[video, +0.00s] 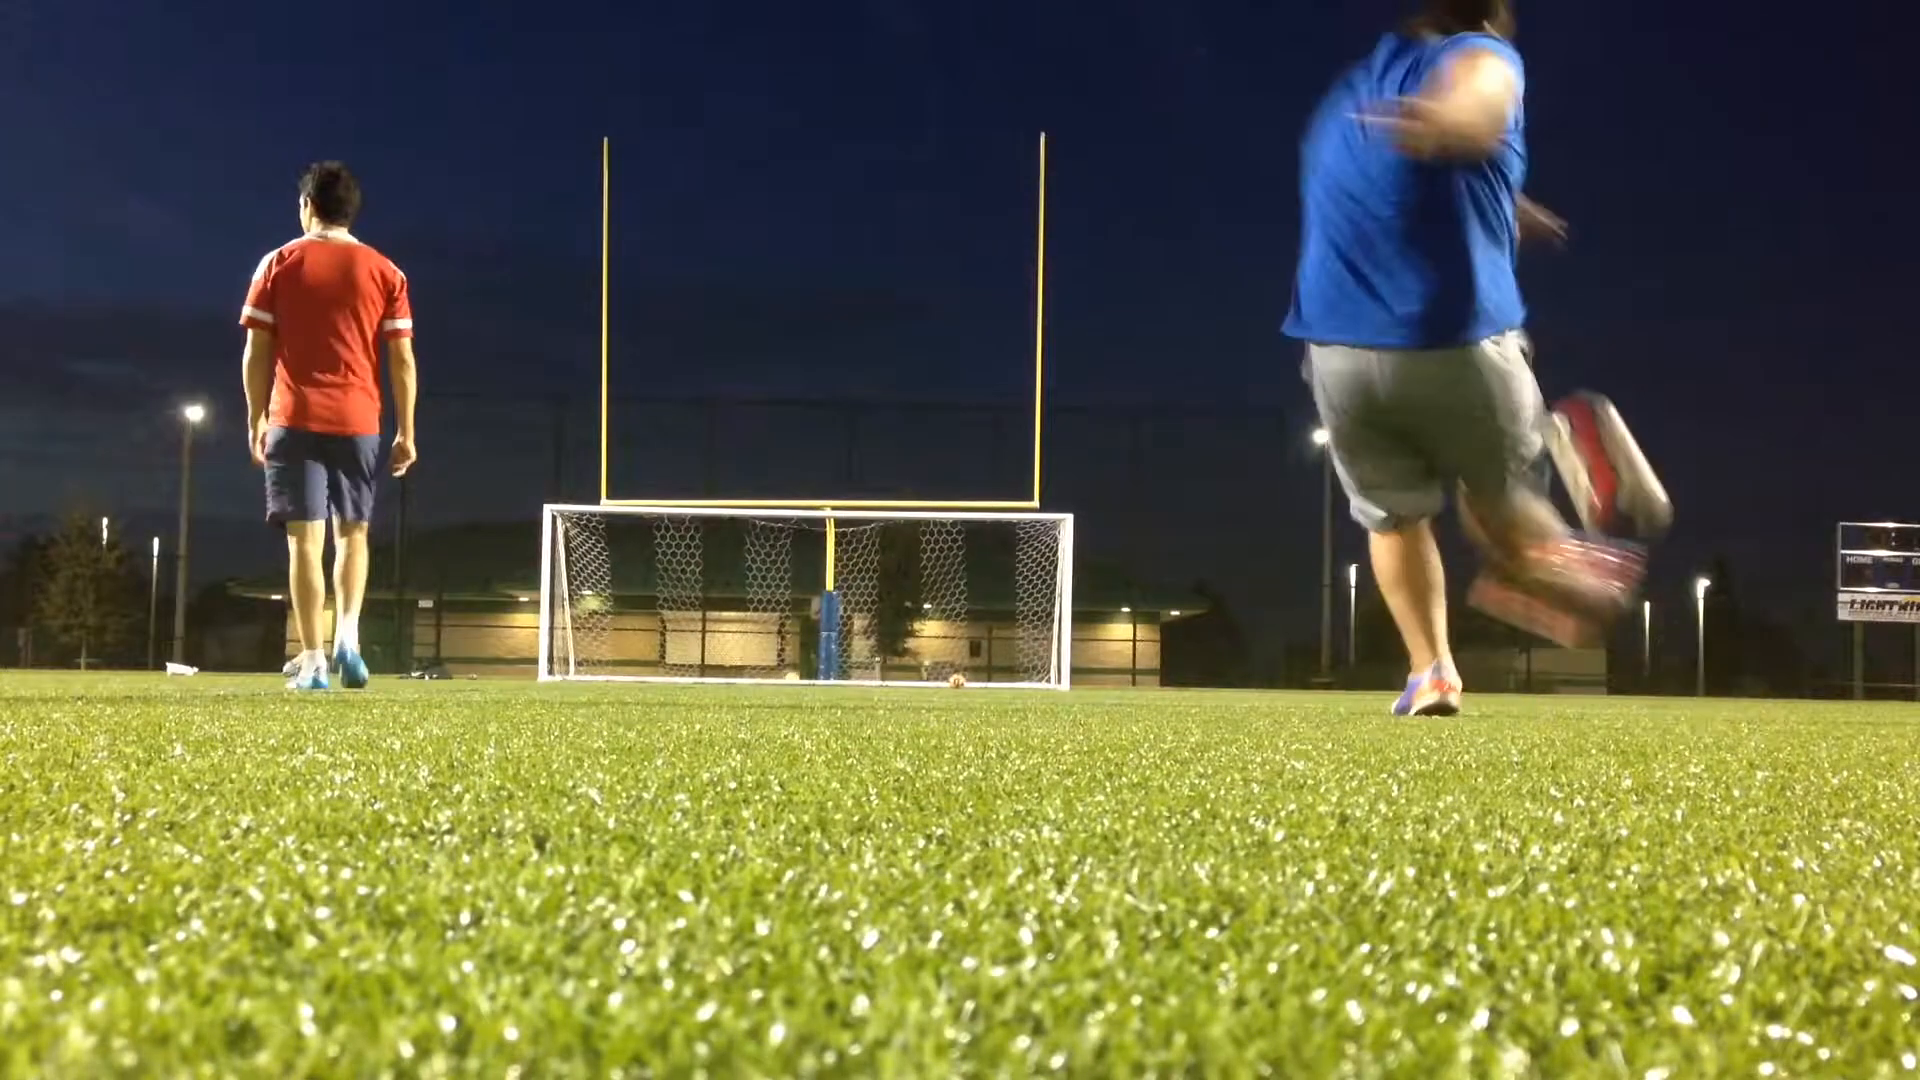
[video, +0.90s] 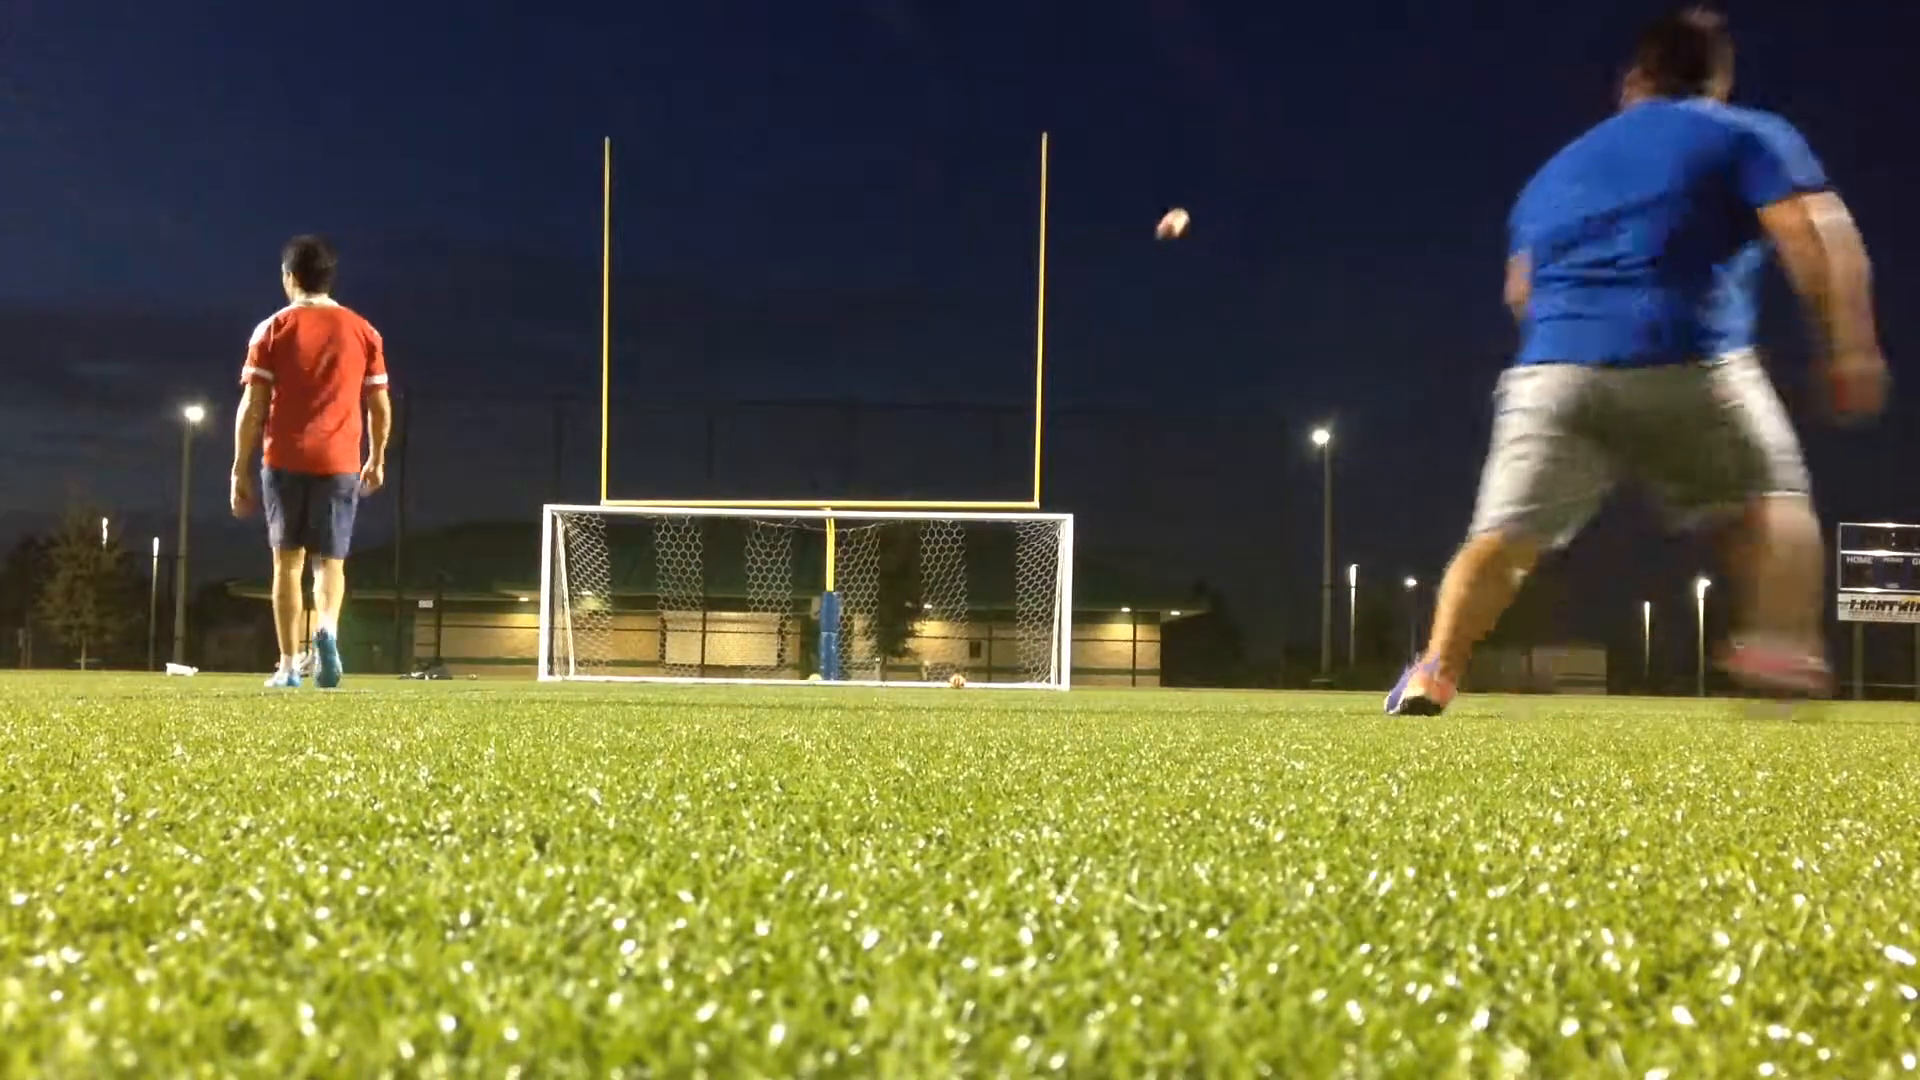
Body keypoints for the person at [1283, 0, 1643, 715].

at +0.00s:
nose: (1508, 23)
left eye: (1507, 18)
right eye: (1505, 16)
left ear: (1412, 16)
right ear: (1489, 15)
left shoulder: (1350, 85)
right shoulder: (1483, 55)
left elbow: (1384, 186)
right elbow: (1467, 115)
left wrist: (1500, 208)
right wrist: (1438, 130)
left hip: (1342, 355)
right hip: (1460, 351)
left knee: (1392, 515)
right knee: (1504, 502)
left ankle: (1432, 673)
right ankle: (1562, 564)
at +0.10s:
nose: (1539, 87)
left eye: (1538, 77)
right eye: (1538, 75)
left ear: (1467, 41)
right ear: (1525, 62)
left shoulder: (1401, 132)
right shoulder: (1501, 73)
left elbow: (1489, 262)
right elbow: (1435, 76)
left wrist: (1589, 297)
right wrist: (1348, 106)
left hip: (1345, 357)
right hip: (1464, 364)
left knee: (1375, 512)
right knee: (1463, 470)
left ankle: (1422, 653)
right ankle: (1406, 552)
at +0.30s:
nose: (1588, 155)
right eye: (1587, 146)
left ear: (1508, 133)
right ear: (1577, 142)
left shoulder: (1451, 192)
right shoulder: (1559, 183)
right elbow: (1559, 259)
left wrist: (1596, 370)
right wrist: (1565, 365)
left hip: (1361, 408)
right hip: (1459, 404)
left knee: (1359, 558)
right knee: (1514, 538)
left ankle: (1411, 631)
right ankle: (1462, 685)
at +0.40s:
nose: (1598, 193)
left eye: (1597, 182)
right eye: (1598, 181)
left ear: (1515, 173)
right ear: (1590, 181)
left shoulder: (1456, 232)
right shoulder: (1579, 226)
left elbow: (1468, 391)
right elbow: (1625, 325)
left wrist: (1588, 431)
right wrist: (1635, 429)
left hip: (1373, 426)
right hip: (1479, 427)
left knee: (1377, 572)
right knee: (1531, 544)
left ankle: (1411, 630)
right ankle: (1464, 682)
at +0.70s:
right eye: (1649, 129)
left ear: (1563, 124)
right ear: (1644, 127)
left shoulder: (1503, 193)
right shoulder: (1659, 162)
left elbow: (1447, 316)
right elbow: (1708, 240)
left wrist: (1488, 381)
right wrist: (1699, 358)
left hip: (1481, 391)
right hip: (1596, 395)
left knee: (1448, 546)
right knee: (1603, 547)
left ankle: (1441, 645)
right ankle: (1519, 660)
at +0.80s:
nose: (1684, 114)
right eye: (1681, 105)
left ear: (1590, 105)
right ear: (1672, 104)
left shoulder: (1520, 180)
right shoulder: (1689, 145)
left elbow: (1479, 305)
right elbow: (1744, 239)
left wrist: (1525, 371)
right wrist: (1768, 356)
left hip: (1513, 380)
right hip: (1634, 376)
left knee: (1470, 535)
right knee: (1690, 502)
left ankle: (1439, 652)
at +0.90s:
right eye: (1726, 84)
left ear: (1630, 85)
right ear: (1719, 85)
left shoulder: (1557, 167)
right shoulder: (1744, 133)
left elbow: (1523, 291)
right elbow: (1819, 234)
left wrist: (1589, 345)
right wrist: (1852, 345)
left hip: (1556, 364)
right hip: (1692, 362)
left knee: (1500, 534)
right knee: (1774, 498)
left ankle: (1437, 665)